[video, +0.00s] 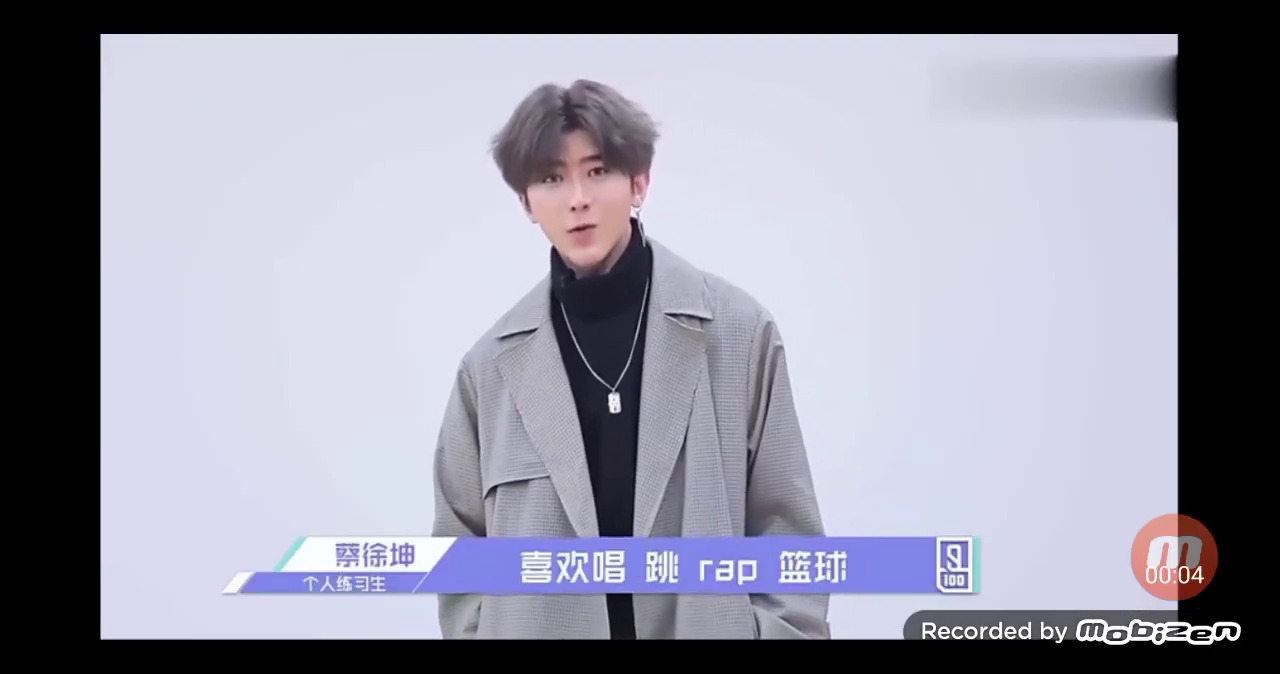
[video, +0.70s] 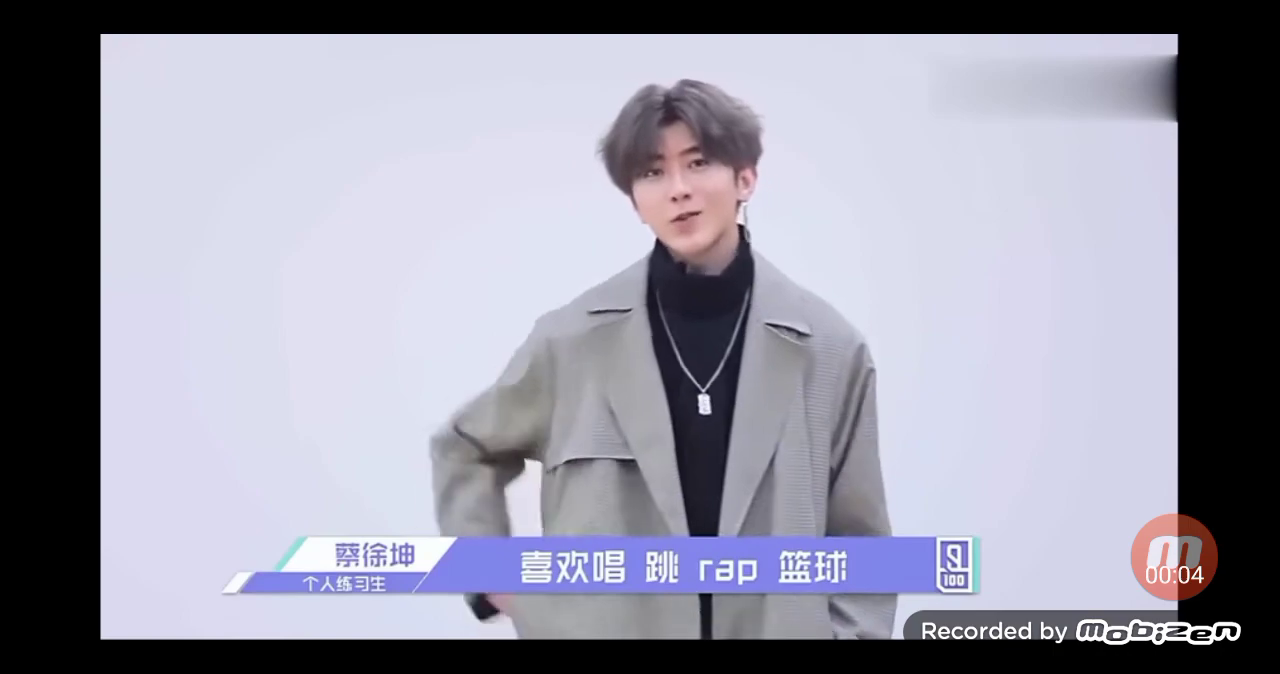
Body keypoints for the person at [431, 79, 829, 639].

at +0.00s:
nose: (577, 199)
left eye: (599, 171)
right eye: (552, 178)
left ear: (638, 186)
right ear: (527, 201)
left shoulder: (740, 332)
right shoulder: (487, 365)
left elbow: (791, 533)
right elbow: (456, 549)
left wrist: (777, 630)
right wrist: (477, 629)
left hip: (704, 629)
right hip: (541, 631)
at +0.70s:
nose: (677, 190)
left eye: (697, 163)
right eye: (652, 172)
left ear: (745, 178)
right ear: (633, 198)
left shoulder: (831, 349)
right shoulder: (567, 343)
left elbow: (862, 544)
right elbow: (465, 449)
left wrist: (843, 628)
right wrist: (496, 585)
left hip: (774, 624)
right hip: (605, 625)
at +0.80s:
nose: (698, 195)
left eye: (718, 168)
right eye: (673, 178)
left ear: (764, 181)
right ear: (652, 201)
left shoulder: (850, 358)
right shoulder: (581, 334)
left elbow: (883, 551)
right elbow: (461, 413)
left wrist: (874, 629)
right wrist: (435, 538)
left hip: (784, 631)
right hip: (604, 629)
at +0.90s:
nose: (712, 198)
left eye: (731, 171)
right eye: (688, 182)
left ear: (777, 182)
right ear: (666, 205)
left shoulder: (854, 361)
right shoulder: (595, 336)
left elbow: (889, 554)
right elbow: (523, 474)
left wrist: (876, 627)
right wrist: (481, 459)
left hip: (789, 632)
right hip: (629, 629)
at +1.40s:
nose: (733, 196)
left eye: (752, 171)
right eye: (708, 181)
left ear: (799, 189)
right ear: (687, 206)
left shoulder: (853, 342)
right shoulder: (610, 332)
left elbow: (869, 476)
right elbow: (520, 444)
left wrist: (910, 553)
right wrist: (576, 501)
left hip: (812, 626)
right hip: (651, 622)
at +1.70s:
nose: (700, 198)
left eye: (721, 176)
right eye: (676, 185)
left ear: (768, 196)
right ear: (658, 213)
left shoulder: (824, 340)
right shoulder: (592, 324)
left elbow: (872, 453)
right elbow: (509, 426)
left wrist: (845, 504)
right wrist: (524, 476)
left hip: (765, 617)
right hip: (616, 616)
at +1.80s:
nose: (687, 196)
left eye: (708, 172)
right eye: (664, 180)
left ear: (755, 189)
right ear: (643, 204)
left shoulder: (808, 325)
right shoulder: (592, 314)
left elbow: (863, 431)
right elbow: (531, 450)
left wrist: (900, 470)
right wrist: (484, 429)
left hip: (744, 623)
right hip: (604, 623)